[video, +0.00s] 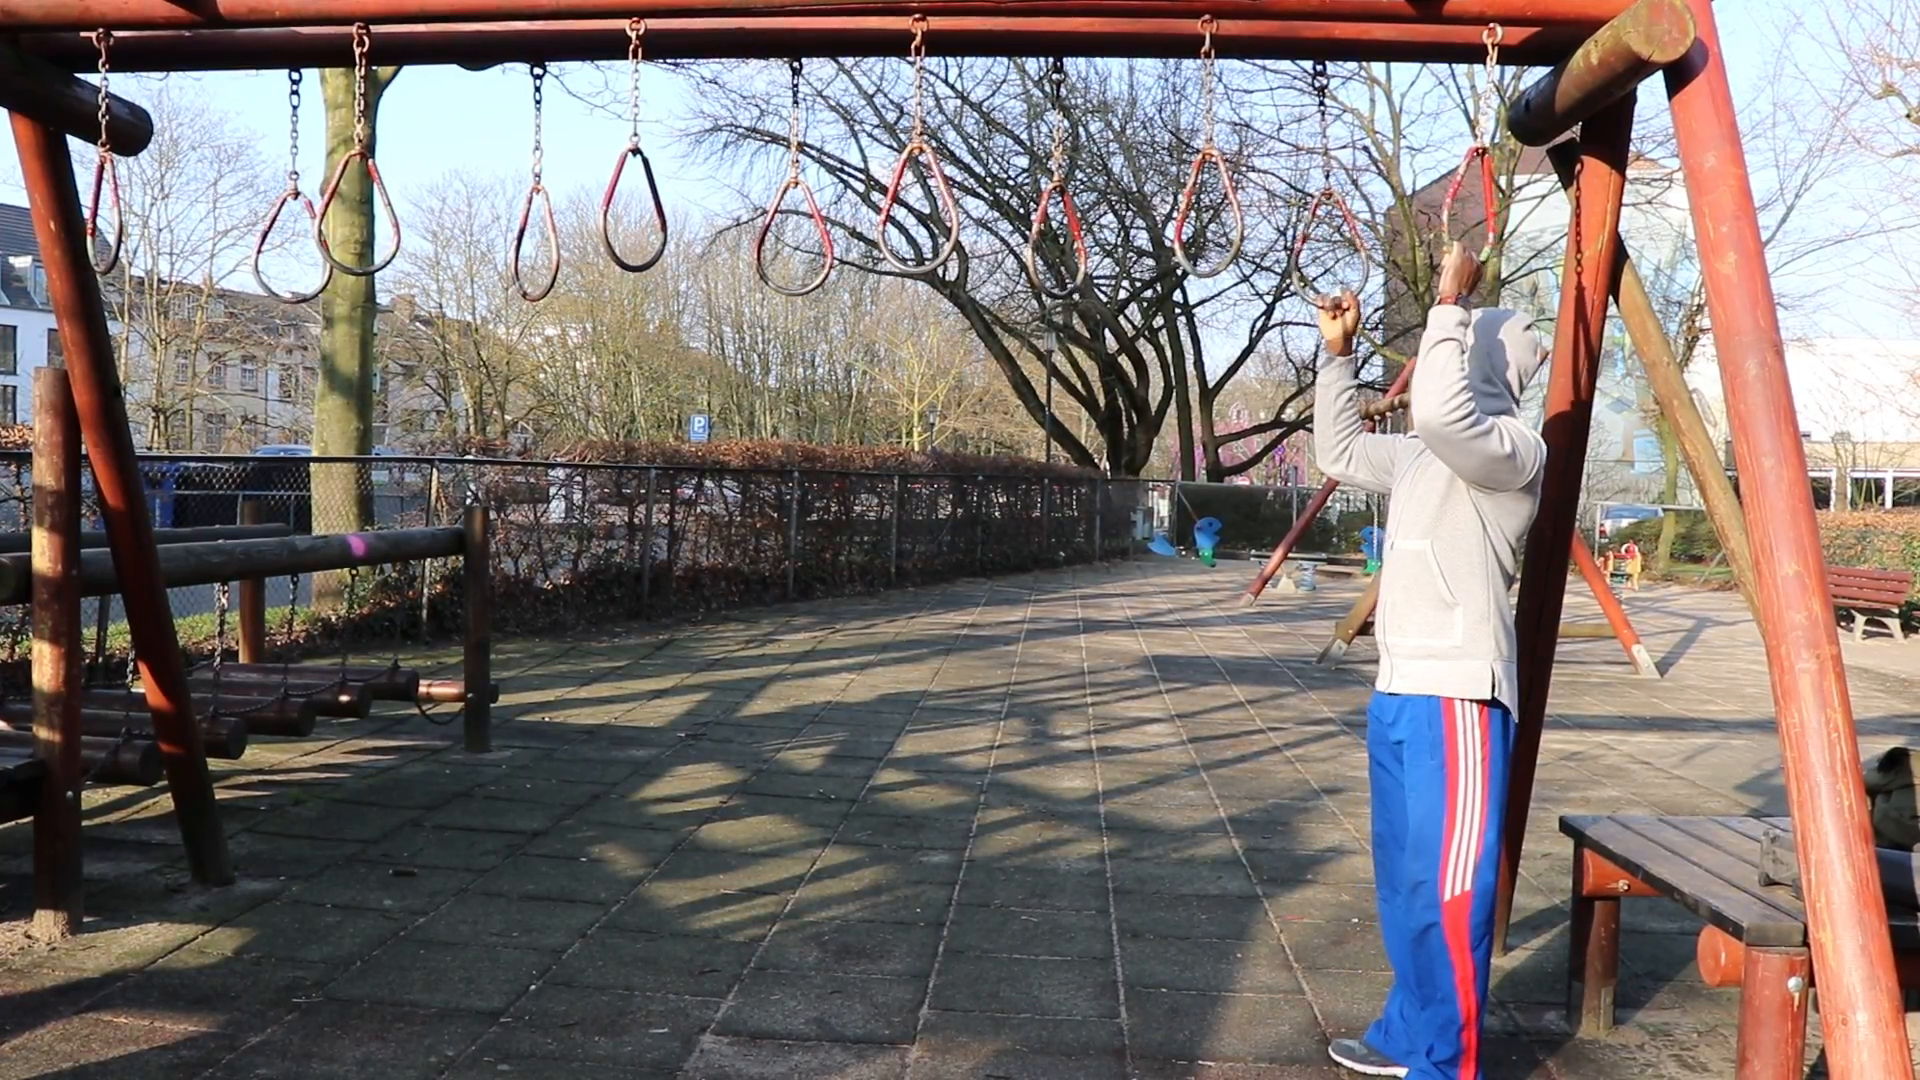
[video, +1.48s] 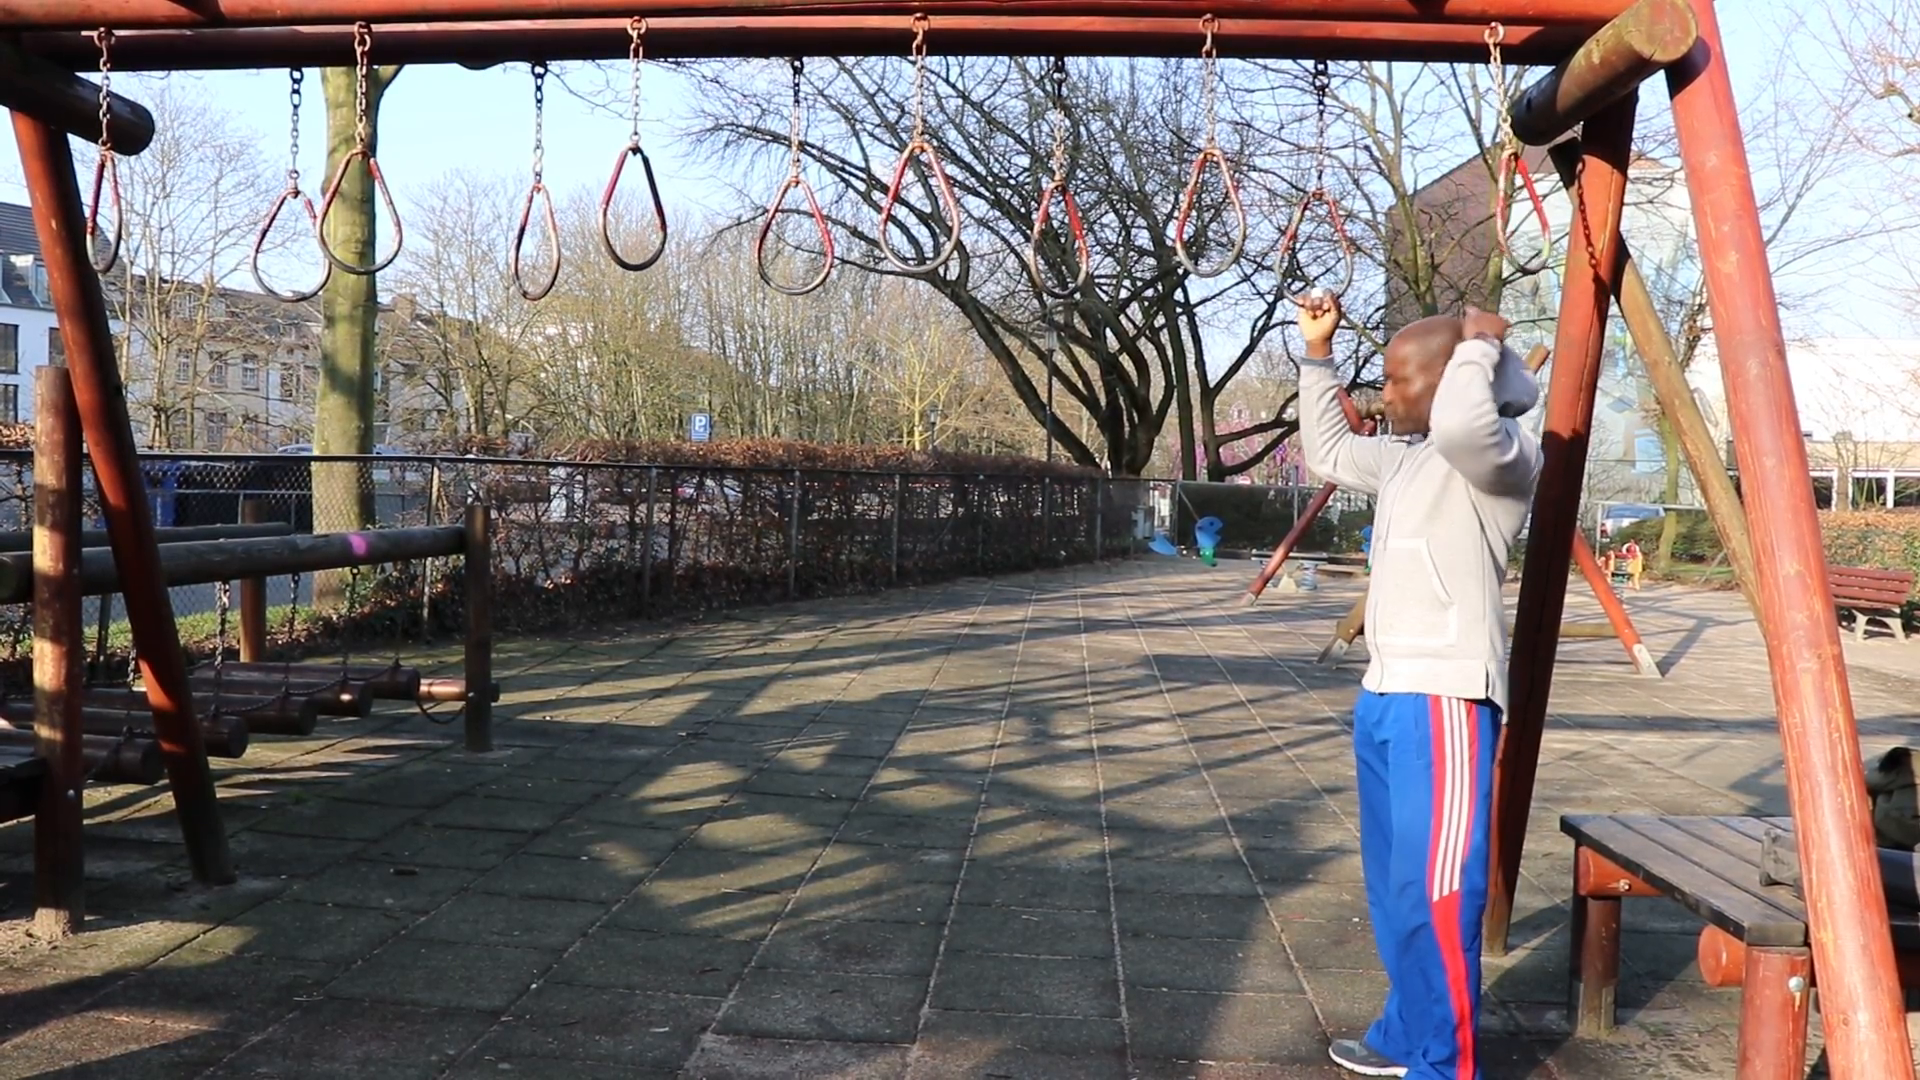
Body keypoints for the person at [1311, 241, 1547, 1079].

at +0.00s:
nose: (1421, 367)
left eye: (1444, 353)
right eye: (1426, 354)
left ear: (1493, 369)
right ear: (1450, 378)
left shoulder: (1520, 452)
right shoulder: (1422, 454)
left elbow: (1444, 416)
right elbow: (1341, 449)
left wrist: (1449, 308)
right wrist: (1338, 353)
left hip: (1464, 697)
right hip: (1404, 694)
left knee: (1453, 884)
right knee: (1406, 879)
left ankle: (1448, 1057)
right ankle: (1409, 1033)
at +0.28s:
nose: (1421, 364)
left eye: (1453, 345)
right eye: (1426, 350)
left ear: (1488, 366)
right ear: (1442, 373)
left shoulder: (1514, 445)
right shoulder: (1420, 452)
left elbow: (1440, 415)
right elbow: (1338, 451)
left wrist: (1436, 308)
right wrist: (1325, 354)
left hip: (1467, 693)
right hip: (1412, 692)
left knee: (1453, 883)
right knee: (1411, 877)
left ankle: (1450, 1056)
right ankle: (1410, 1032)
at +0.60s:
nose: (1427, 362)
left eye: (1453, 344)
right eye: (1431, 347)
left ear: (1483, 364)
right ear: (1474, 367)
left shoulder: (1505, 445)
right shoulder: (1419, 454)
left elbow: (1430, 414)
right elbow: (1339, 451)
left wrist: (1433, 304)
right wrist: (1325, 354)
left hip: (1469, 694)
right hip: (1415, 694)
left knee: (1456, 884)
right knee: (1414, 877)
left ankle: (1451, 1056)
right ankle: (1411, 1032)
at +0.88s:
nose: (1424, 366)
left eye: (1450, 354)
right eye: (1429, 354)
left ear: (1483, 369)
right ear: (1487, 372)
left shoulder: (1508, 444)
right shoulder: (1427, 442)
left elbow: (1421, 440)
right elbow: (1334, 454)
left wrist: (1432, 343)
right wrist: (1321, 352)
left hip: (1459, 690)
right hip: (1402, 688)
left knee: (1449, 880)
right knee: (1403, 875)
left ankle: (1448, 1055)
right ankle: (1409, 1032)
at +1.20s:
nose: (1414, 366)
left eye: (1438, 352)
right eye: (1420, 353)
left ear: (1482, 367)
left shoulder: (1508, 442)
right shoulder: (1411, 449)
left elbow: (1432, 408)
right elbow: (1330, 451)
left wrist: (1461, 326)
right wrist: (1319, 351)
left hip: (1446, 694)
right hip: (1390, 691)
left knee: (1440, 889)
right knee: (1396, 884)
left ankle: (1447, 1060)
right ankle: (1407, 1035)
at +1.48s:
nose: (1384, 397)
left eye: (1395, 382)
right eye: (1384, 382)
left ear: (1449, 379)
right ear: (1411, 385)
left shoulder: (1509, 455)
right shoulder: (1401, 455)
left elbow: (1457, 426)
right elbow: (1328, 449)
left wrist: (1478, 344)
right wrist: (1316, 350)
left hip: (1450, 698)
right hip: (1387, 694)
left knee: (1441, 886)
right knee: (1395, 882)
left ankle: (1446, 1059)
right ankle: (1406, 1035)